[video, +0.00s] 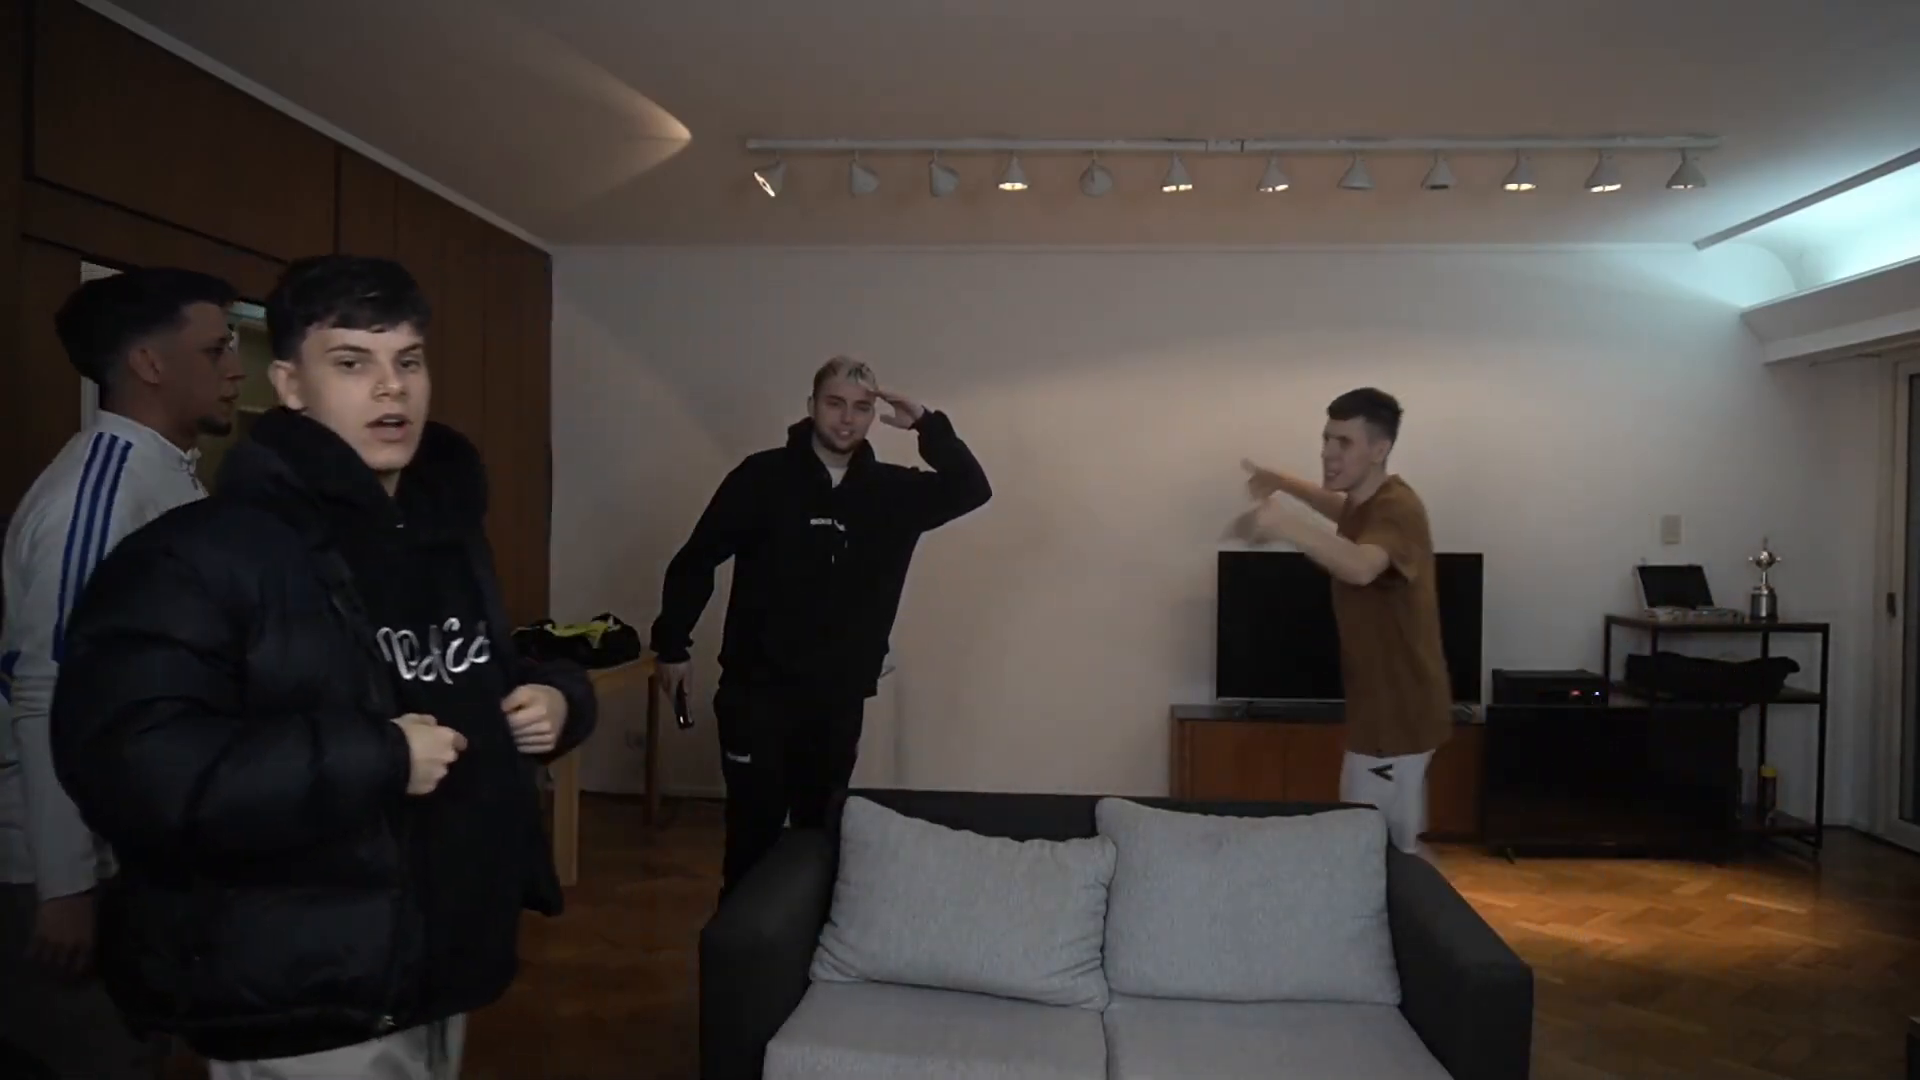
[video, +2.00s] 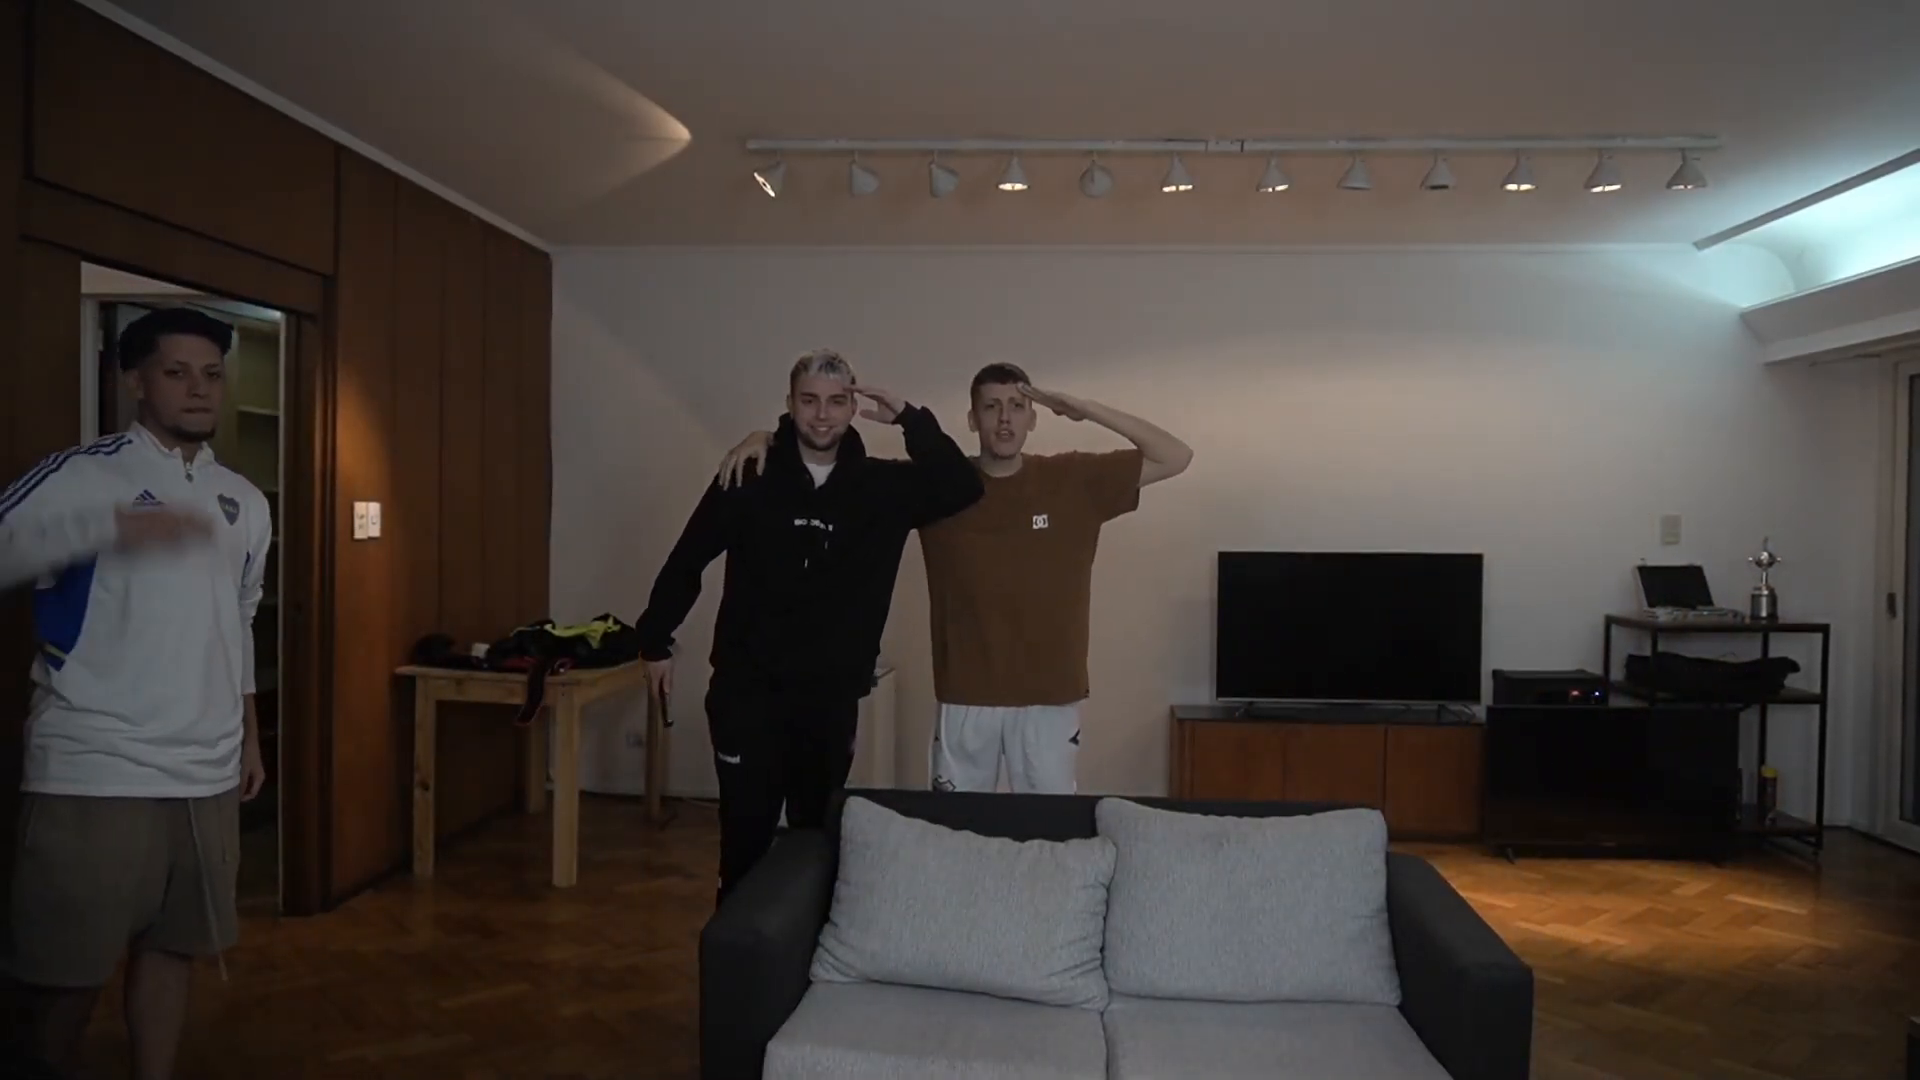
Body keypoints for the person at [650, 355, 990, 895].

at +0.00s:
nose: (847, 417)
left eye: (861, 407)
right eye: (836, 403)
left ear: (873, 417)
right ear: (812, 407)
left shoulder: (896, 494)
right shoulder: (762, 478)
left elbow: (971, 488)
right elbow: (694, 563)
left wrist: (928, 424)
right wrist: (672, 648)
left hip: (837, 696)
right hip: (757, 689)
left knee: (820, 836)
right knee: (754, 836)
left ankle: (812, 959)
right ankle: (740, 961)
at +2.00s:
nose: (822, 413)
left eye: (836, 401)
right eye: (810, 400)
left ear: (854, 409)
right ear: (790, 405)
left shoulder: (885, 485)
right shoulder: (750, 477)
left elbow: (962, 487)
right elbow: (688, 560)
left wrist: (911, 417)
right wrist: (655, 643)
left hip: (831, 691)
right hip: (748, 687)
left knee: (817, 834)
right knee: (746, 837)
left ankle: (812, 959)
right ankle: (738, 964)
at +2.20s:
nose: (823, 412)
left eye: (837, 400)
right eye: (811, 399)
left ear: (855, 409)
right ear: (792, 404)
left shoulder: (886, 487)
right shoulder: (750, 476)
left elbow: (963, 488)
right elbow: (687, 559)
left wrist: (911, 418)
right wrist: (653, 640)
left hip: (831, 691)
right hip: (748, 688)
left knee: (818, 833)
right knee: (746, 835)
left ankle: (812, 957)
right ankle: (738, 962)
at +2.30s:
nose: (824, 412)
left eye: (838, 400)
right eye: (812, 399)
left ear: (855, 409)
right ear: (792, 404)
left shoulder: (887, 486)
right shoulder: (751, 477)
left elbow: (964, 488)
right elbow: (689, 559)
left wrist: (912, 418)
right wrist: (656, 642)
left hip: (832, 692)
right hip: (749, 688)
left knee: (818, 835)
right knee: (746, 837)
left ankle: (813, 959)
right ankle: (738, 963)